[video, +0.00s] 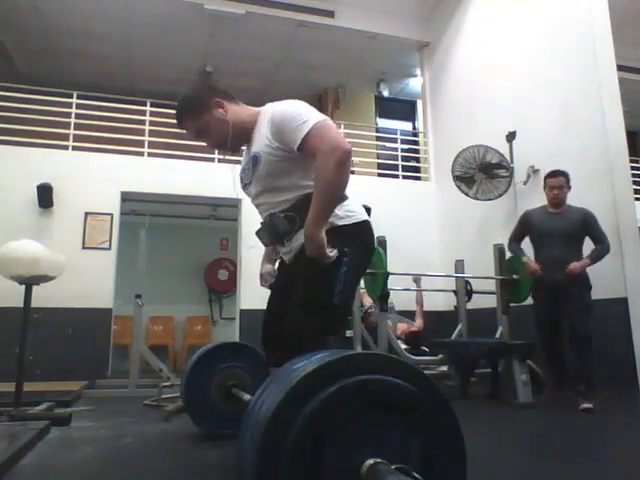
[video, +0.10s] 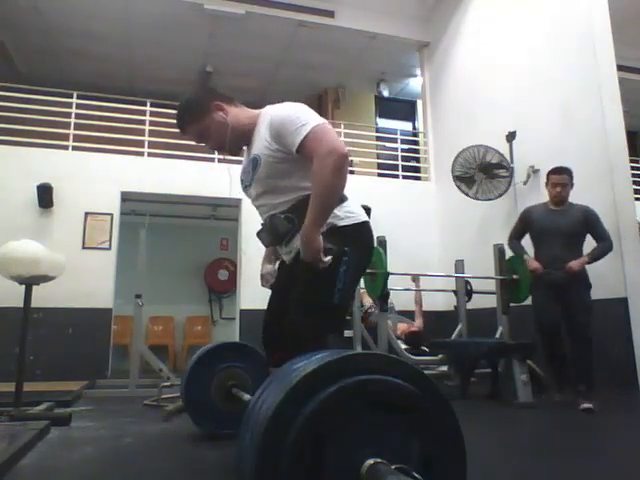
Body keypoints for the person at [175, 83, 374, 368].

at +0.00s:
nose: (209, 145)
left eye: (204, 133)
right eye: (201, 140)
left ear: (221, 108)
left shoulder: (279, 114)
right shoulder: (248, 169)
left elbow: (335, 150)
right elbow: (277, 216)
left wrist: (314, 227)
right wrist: (269, 258)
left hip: (338, 236)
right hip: (301, 251)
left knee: (306, 335)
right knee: (275, 336)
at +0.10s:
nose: (209, 147)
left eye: (204, 137)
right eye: (202, 143)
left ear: (220, 111)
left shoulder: (280, 116)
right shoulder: (249, 168)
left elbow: (333, 153)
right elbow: (279, 215)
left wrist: (311, 230)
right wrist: (270, 256)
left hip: (337, 236)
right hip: (301, 251)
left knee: (306, 334)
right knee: (276, 335)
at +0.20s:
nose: (209, 149)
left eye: (204, 139)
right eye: (201, 145)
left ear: (221, 114)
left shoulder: (280, 118)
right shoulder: (251, 166)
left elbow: (332, 155)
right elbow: (279, 214)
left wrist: (309, 232)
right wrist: (271, 254)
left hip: (338, 237)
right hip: (300, 251)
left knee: (307, 333)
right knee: (276, 333)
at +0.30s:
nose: (212, 152)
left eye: (206, 141)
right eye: (204, 147)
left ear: (222, 116)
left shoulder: (280, 119)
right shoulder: (252, 166)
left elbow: (332, 154)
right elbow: (280, 214)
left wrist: (307, 231)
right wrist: (272, 251)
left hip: (339, 238)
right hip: (303, 250)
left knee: (307, 336)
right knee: (277, 336)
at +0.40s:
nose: (212, 155)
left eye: (206, 144)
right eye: (204, 151)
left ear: (220, 118)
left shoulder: (279, 120)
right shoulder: (252, 170)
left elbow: (331, 154)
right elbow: (280, 215)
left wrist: (306, 232)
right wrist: (272, 250)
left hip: (339, 238)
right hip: (303, 251)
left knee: (306, 337)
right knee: (277, 338)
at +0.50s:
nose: (211, 156)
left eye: (205, 146)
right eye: (203, 152)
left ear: (219, 120)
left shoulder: (277, 120)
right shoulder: (250, 172)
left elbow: (329, 154)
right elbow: (278, 216)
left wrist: (303, 232)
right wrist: (272, 250)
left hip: (338, 238)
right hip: (302, 251)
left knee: (305, 334)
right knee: (276, 334)